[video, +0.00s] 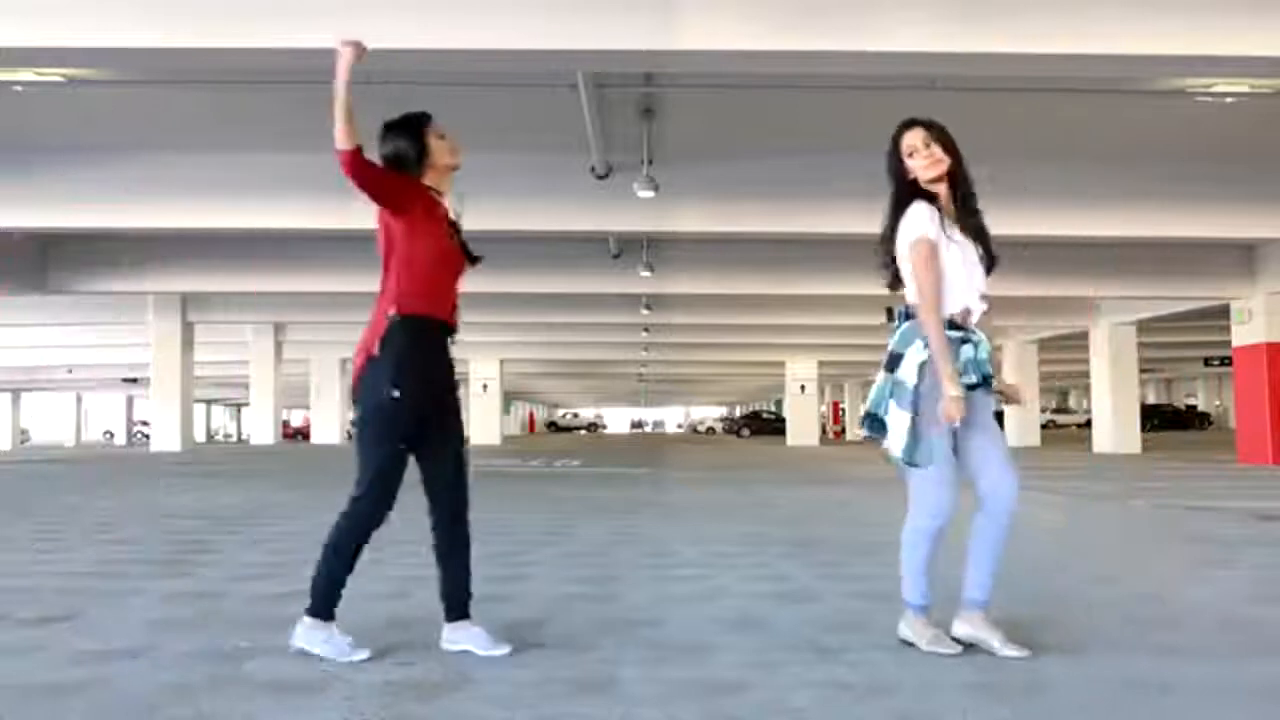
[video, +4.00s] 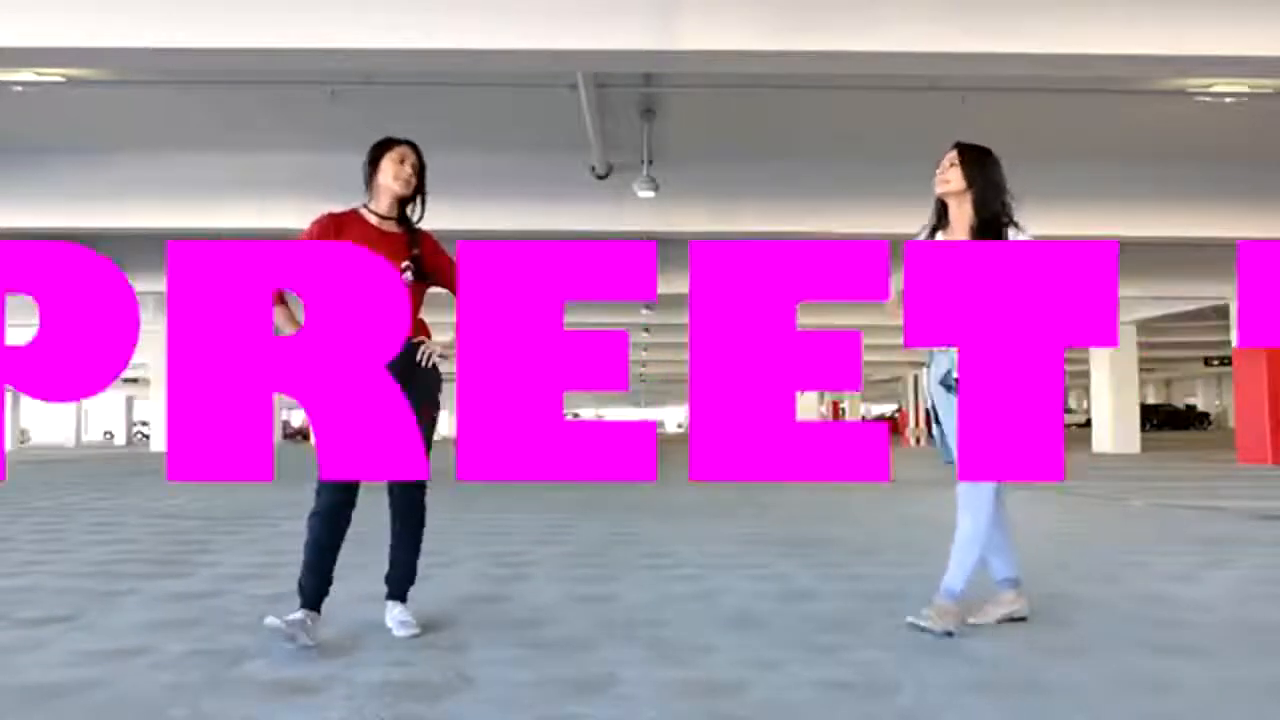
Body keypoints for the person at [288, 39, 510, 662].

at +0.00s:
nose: (452, 140)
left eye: (445, 133)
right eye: (440, 136)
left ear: (429, 151)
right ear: (422, 152)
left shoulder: (439, 213)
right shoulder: (404, 196)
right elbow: (351, 159)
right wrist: (343, 73)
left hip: (433, 359)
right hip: (396, 354)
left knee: (451, 501)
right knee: (373, 498)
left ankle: (458, 623)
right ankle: (315, 621)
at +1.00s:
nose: (397, 130)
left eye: (410, 122)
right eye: (393, 123)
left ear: (437, 141)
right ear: (387, 141)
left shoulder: (456, 216)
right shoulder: (363, 206)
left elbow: (446, 306)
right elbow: (339, 285)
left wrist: (417, 388)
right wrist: (319, 361)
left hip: (426, 361)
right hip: (362, 355)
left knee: (442, 495)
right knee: (337, 489)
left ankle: (456, 625)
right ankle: (306, 617)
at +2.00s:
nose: (342, 166)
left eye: (347, 159)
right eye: (333, 153)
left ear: (345, 169)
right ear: (301, 155)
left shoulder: (354, 227)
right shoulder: (262, 220)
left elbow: (405, 292)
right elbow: (194, 284)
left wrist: (392, 353)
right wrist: (256, 330)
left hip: (357, 372)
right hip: (292, 372)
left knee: (386, 489)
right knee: (295, 500)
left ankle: (364, 619)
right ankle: (301, 623)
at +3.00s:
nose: (343, 155)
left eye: (348, 150)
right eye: (333, 144)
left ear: (347, 164)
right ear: (302, 149)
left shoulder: (354, 226)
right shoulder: (260, 214)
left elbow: (407, 291)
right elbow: (185, 275)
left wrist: (385, 350)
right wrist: (236, 325)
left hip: (347, 366)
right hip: (282, 366)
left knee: (391, 479)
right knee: (289, 499)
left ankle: (387, 604)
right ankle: (300, 623)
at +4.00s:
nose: (408, 173)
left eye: (415, 168)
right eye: (398, 162)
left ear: (418, 184)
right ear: (373, 170)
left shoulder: (421, 244)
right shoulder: (333, 226)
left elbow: (474, 292)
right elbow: (275, 284)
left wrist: (450, 341)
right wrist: (300, 338)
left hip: (410, 377)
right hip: (344, 380)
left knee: (408, 489)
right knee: (335, 491)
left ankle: (398, 601)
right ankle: (307, 610)